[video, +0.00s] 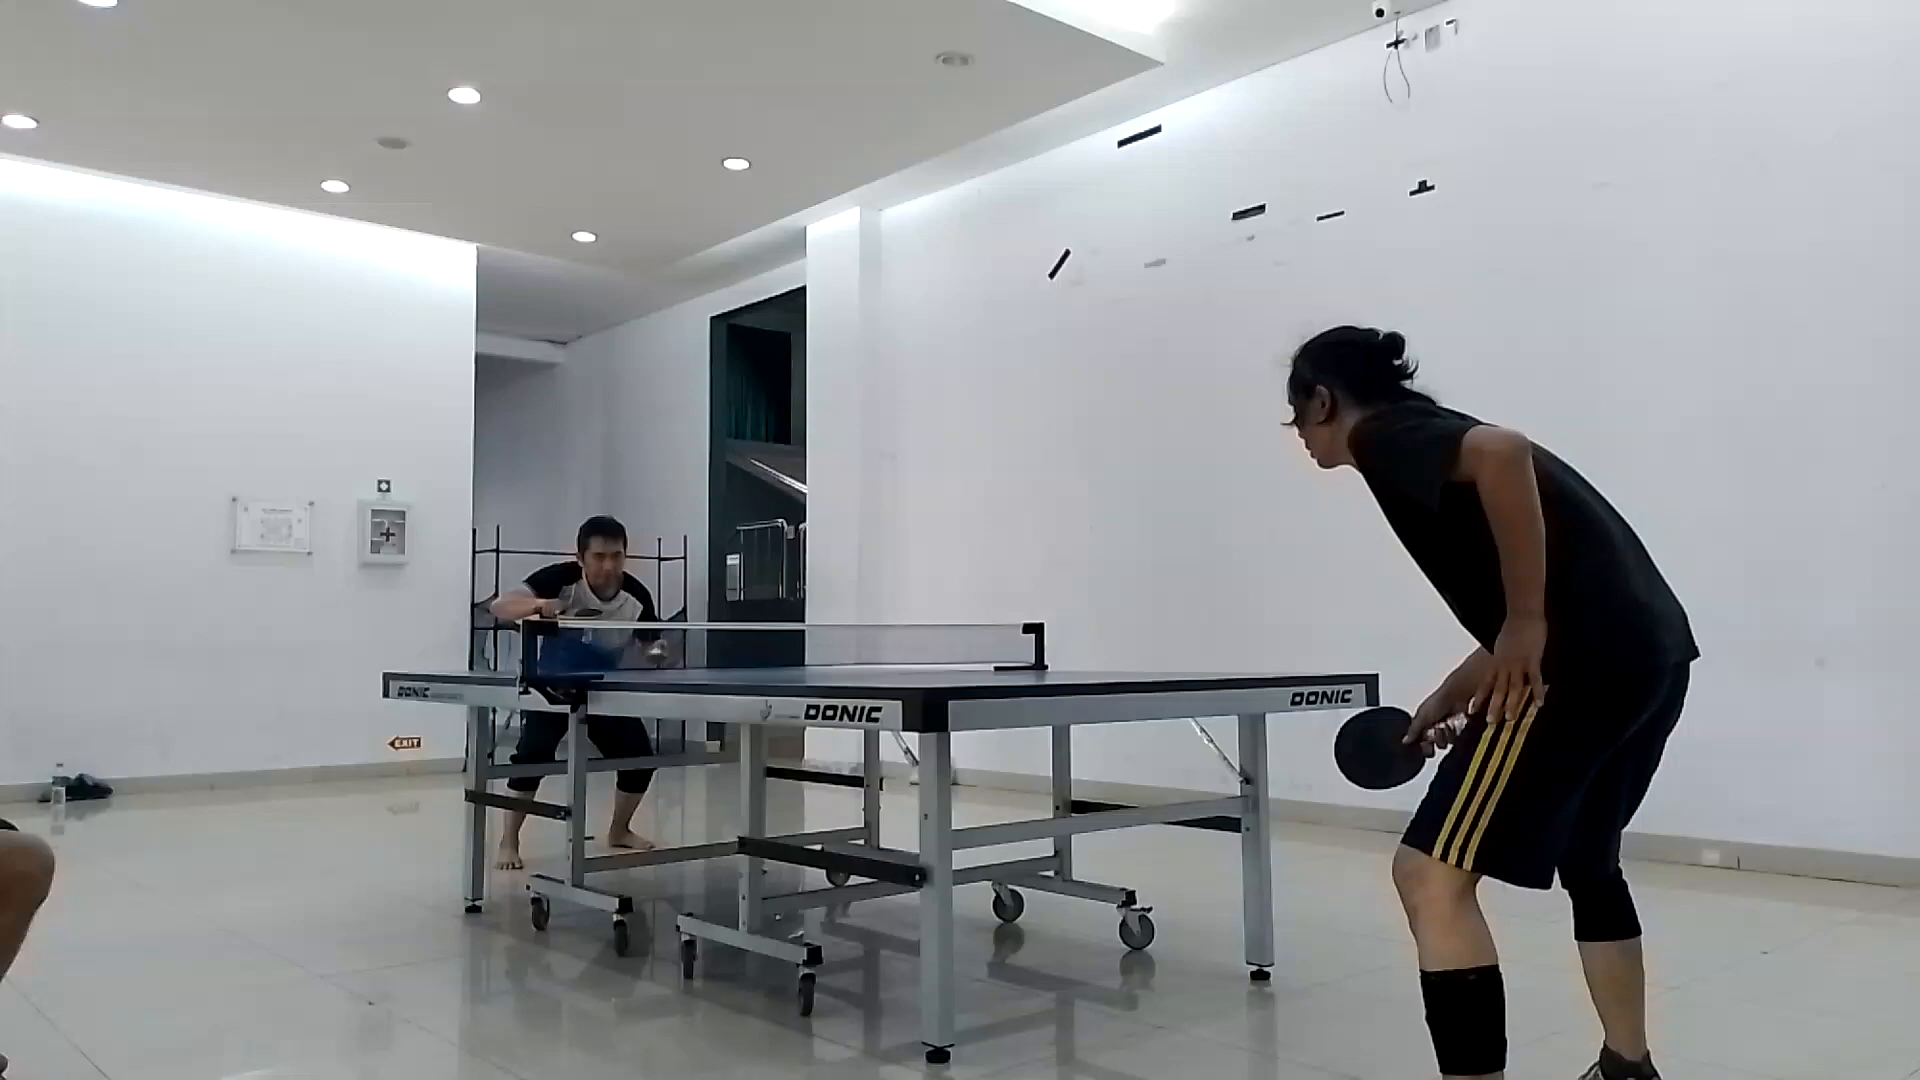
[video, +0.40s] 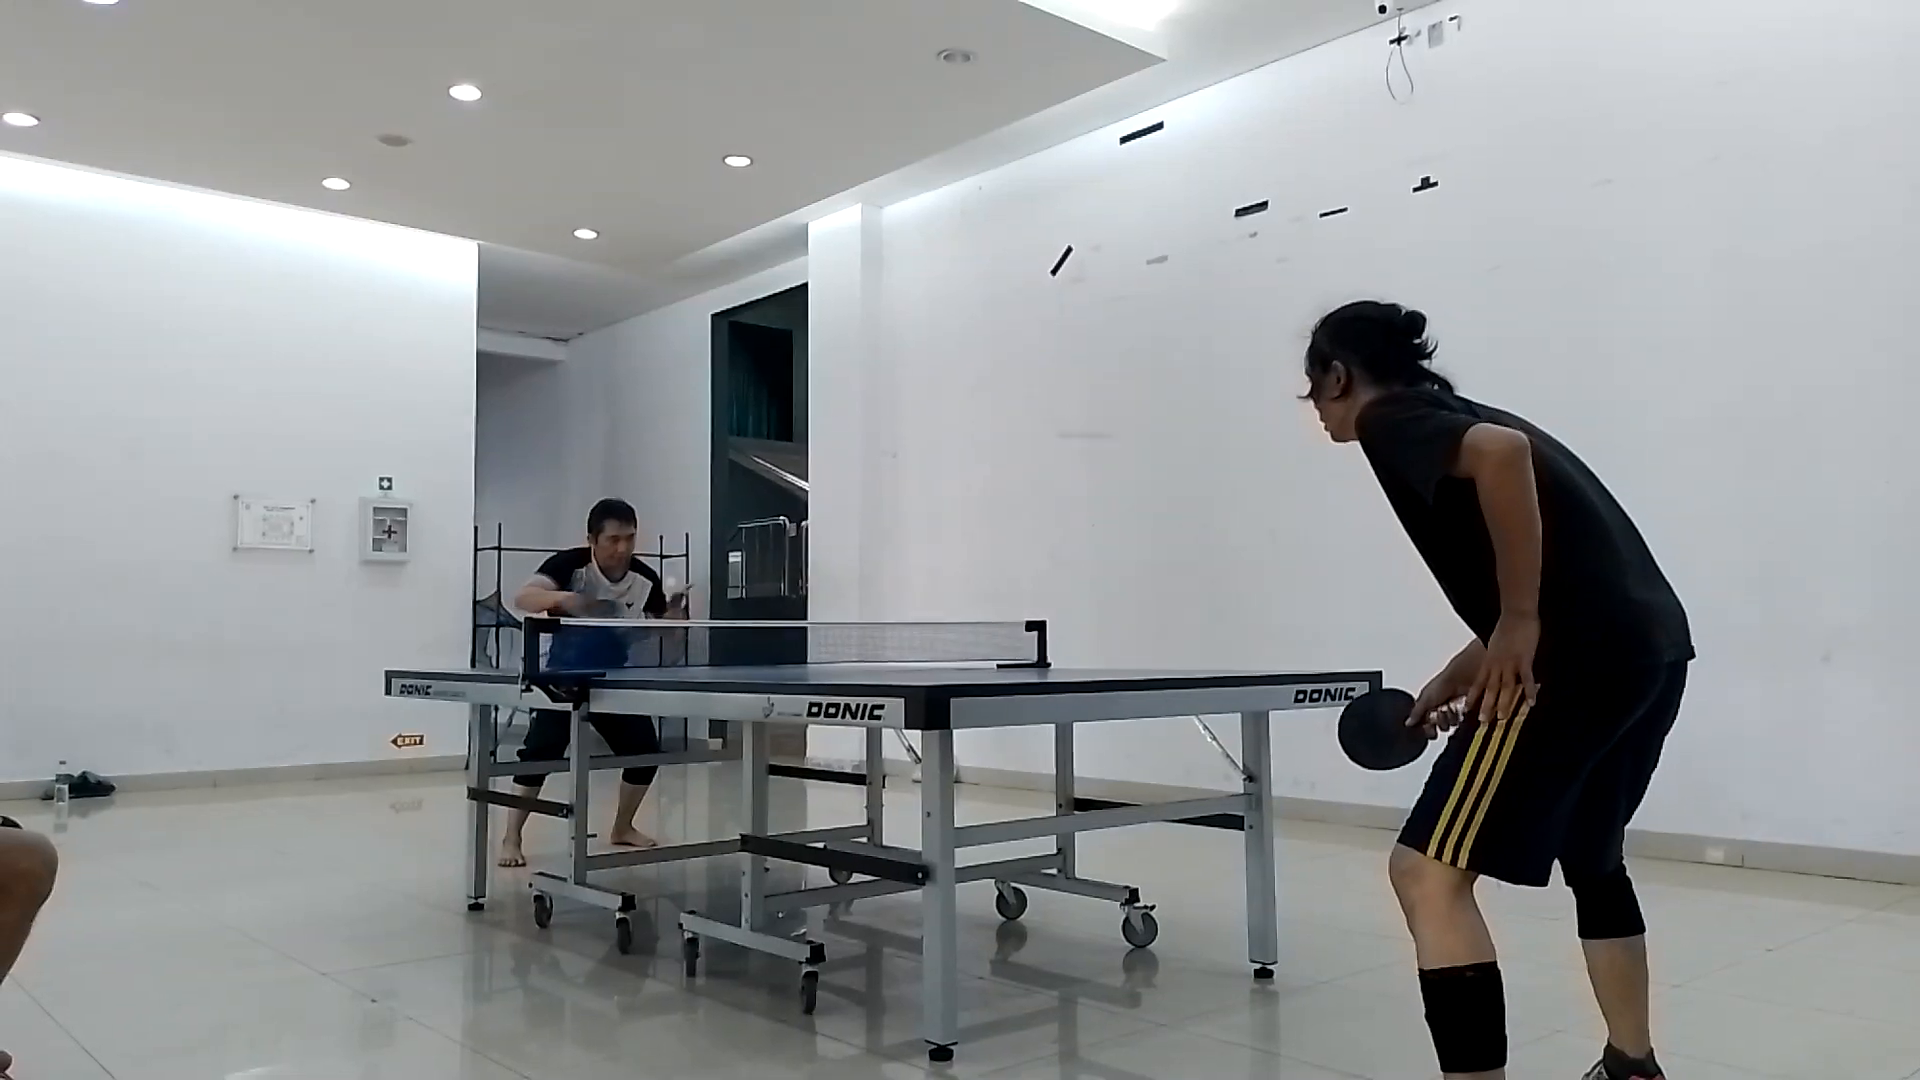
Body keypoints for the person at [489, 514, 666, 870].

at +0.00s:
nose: (608, 565)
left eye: (615, 556)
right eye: (599, 556)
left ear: (624, 556)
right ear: (581, 556)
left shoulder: (637, 596)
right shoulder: (559, 578)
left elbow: (649, 651)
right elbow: (500, 608)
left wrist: (656, 655)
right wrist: (539, 605)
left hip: (606, 694)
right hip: (549, 691)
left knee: (641, 762)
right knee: (532, 759)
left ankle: (619, 831)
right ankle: (510, 841)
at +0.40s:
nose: (622, 547)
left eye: (628, 539)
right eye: (613, 539)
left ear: (635, 538)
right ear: (593, 538)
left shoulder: (646, 580)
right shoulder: (569, 563)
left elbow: (667, 634)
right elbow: (523, 598)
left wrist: (677, 615)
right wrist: (564, 600)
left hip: (613, 686)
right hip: (561, 683)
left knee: (645, 753)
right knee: (540, 753)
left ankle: (623, 828)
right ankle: (511, 837)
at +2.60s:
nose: (554, 556)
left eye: (560, 548)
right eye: (544, 548)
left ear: (566, 554)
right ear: (520, 555)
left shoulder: (562, 599)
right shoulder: (500, 588)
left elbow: (562, 645)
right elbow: (484, 622)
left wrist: (597, 669)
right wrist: (511, 602)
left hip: (517, 695)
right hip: (470, 693)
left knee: (582, 752)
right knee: (471, 760)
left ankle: (567, 824)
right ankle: (422, 842)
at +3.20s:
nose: (630, 539)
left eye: (634, 530)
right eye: (619, 532)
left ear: (641, 535)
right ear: (600, 542)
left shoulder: (661, 575)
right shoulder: (586, 583)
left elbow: (680, 636)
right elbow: (579, 646)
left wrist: (696, 622)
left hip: (658, 690)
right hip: (603, 692)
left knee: (707, 748)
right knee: (570, 760)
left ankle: (718, 826)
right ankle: (545, 834)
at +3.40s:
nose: (674, 550)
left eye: (674, 541)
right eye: (662, 546)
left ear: (681, 542)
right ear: (643, 559)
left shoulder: (686, 569)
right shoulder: (639, 598)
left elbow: (732, 585)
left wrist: (752, 563)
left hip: (667, 691)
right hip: (625, 695)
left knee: (713, 741)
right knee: (600, 758)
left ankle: (719, 822)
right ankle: (548, 831)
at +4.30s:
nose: (696, 525)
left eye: (702, 517)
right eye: (686, 519)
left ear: (717, 524)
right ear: (676, 531)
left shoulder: (741, 561)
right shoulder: (670, 576)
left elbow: (779, 590)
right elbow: (655, 630)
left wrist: (740, 613)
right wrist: (652, 632)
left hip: (757, 677)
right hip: (703, 680)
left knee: (794, 747)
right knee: (662, 750)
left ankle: (820, 820)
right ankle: (663, 823)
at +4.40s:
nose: (701, 533)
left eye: (708, 525)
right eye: (692, 528)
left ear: (723, 532)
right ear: (684, 538)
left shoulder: (746, 565)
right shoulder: (679, 582)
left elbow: (771, 595)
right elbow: (663, 637)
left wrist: (724, 618)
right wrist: (656, 635)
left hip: (758, 683)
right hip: (706, 685)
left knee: (797, 750)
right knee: (656, 742)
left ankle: (820, 824)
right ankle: (656, 817)